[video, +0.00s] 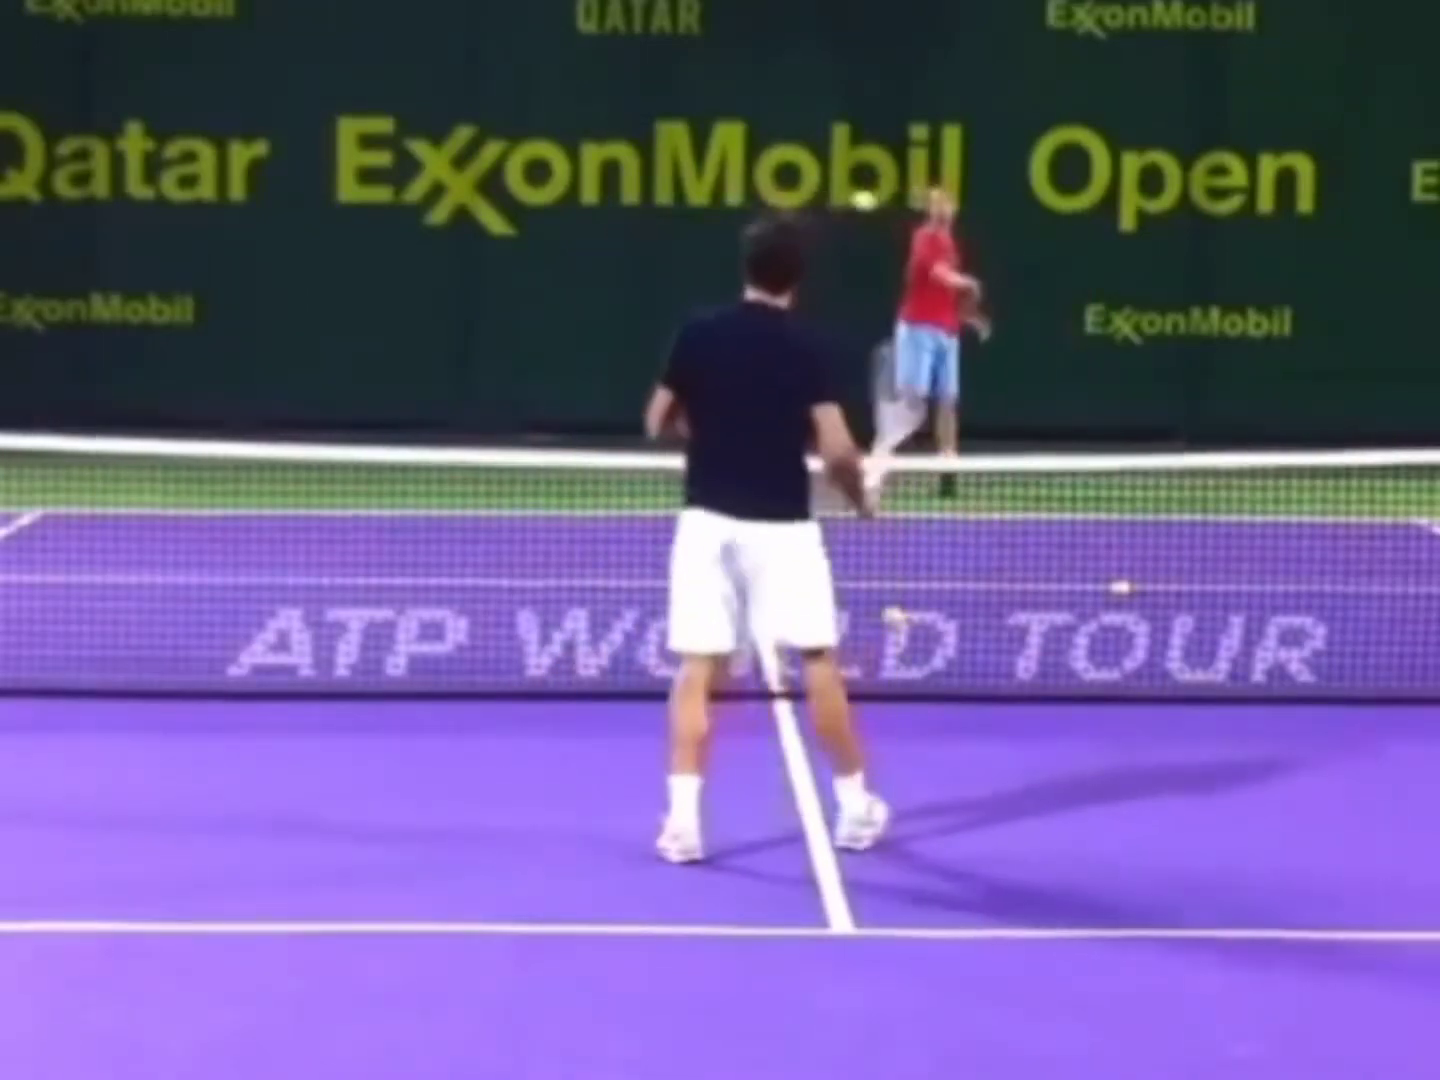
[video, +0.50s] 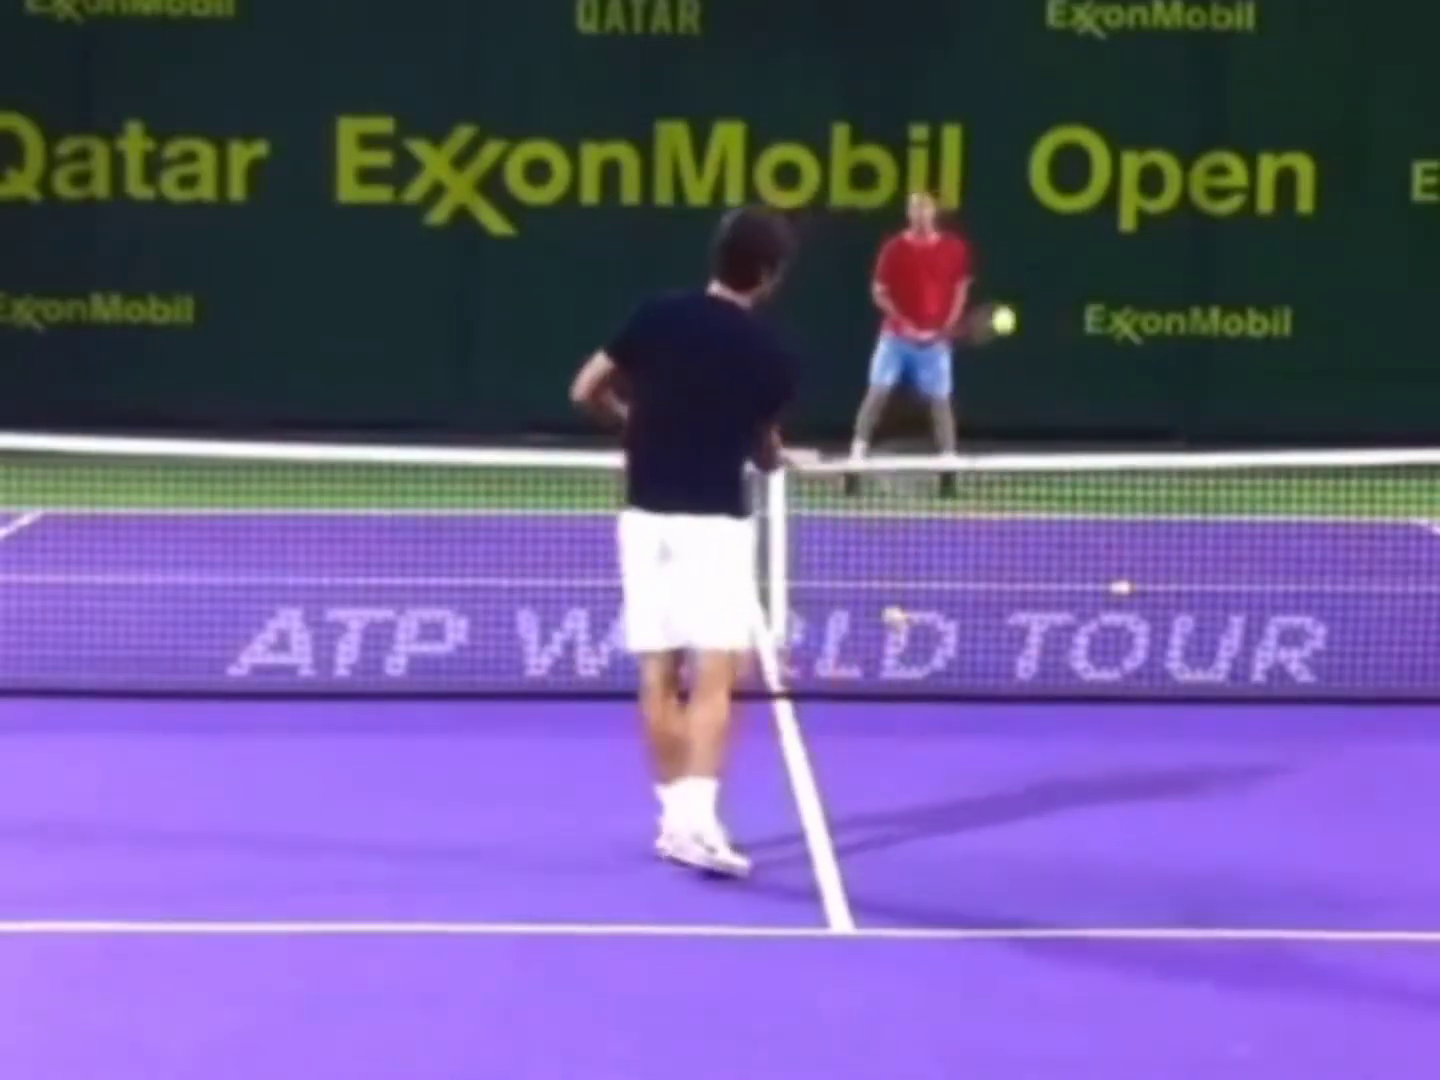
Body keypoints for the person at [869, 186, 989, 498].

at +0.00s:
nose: (941, 211)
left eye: (946, 204)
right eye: (935, 204)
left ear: (953, 209)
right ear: (928, 208)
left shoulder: (949, 244)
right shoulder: (925, 237)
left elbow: (944, 295)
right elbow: (936, 270)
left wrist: (969, 316)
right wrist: (966, 283)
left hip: (945, 328)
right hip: (918, 324)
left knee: (947, 400)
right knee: (912, 399)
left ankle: (948, 466)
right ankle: (877, 457)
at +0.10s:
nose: (944, 210)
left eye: (948, 203)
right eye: (939, 204)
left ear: (956, 208)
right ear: (930, 208)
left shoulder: (951, 241)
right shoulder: (929, 237)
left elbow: (958, 295)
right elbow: (925, 278)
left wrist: (984, 329)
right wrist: (959, 301)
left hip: (946, 328)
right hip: (918, 325)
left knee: (949, 398)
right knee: (919, 392)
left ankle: (946, 460)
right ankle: (883, 452)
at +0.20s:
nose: (945, 210)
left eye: (949, 204)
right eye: (939, 204)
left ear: (956, 208)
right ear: (931, 207)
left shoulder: (956, 243)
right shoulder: (920, 240)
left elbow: (954, 290)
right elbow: (908, 278)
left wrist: (966, 316)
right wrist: (928, 294)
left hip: (945, 328)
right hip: (915, 326)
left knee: (950, 396)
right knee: (919, 390)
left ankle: (945, 451)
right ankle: (890, 447)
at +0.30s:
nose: (941, 210)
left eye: (945, 204)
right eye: (936, 204)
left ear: (954, 208)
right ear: (928, 208)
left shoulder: (958, 243)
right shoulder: (914, 241)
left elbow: (961, 283)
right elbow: (898, 282)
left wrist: (966, 315)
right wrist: (932, 314)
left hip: (944, 333)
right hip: (910, 331)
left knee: (945, 397)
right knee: (909, 388)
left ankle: (948, 457)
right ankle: (889, 446)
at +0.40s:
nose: (932, 211)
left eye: (937, 204)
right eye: (927, 205)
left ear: (946, 209)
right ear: (919, 209)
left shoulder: (960, 245)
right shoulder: (905, 243)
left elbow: (966, 280)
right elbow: (888, 286)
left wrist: (960, 315)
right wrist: (920, 319)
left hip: (940, 334)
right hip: (904, 332)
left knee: (944, 399)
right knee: (889, 390)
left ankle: (948, 462)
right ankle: (872, 451)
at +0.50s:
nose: (920, 214)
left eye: (924, 207)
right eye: (915, 208)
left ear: (934, 212)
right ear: (908, 213)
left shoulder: (954, 248)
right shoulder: (894, 247)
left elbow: (960, 288)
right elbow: (879, 290)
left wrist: (946, 327)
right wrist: (904, 326)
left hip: (933, 337)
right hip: (897, 335)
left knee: (940, 401)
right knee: (877, 392)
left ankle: (948, 462)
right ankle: (857, 455)